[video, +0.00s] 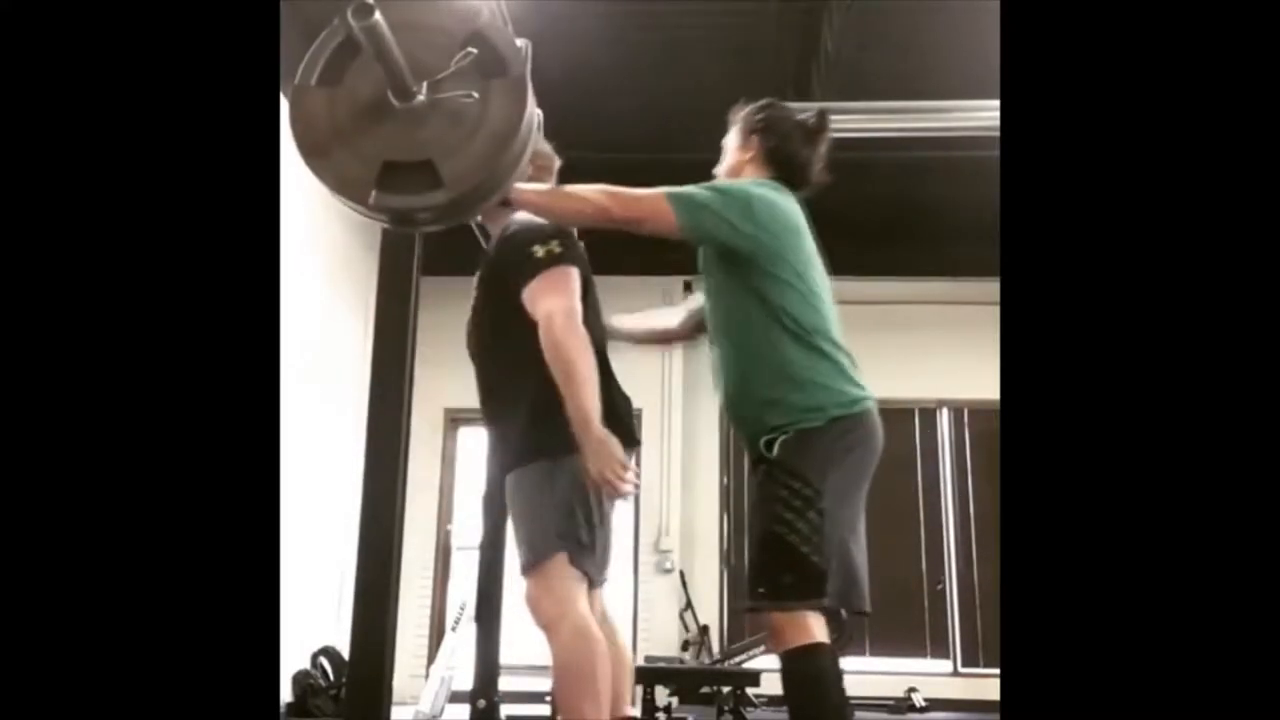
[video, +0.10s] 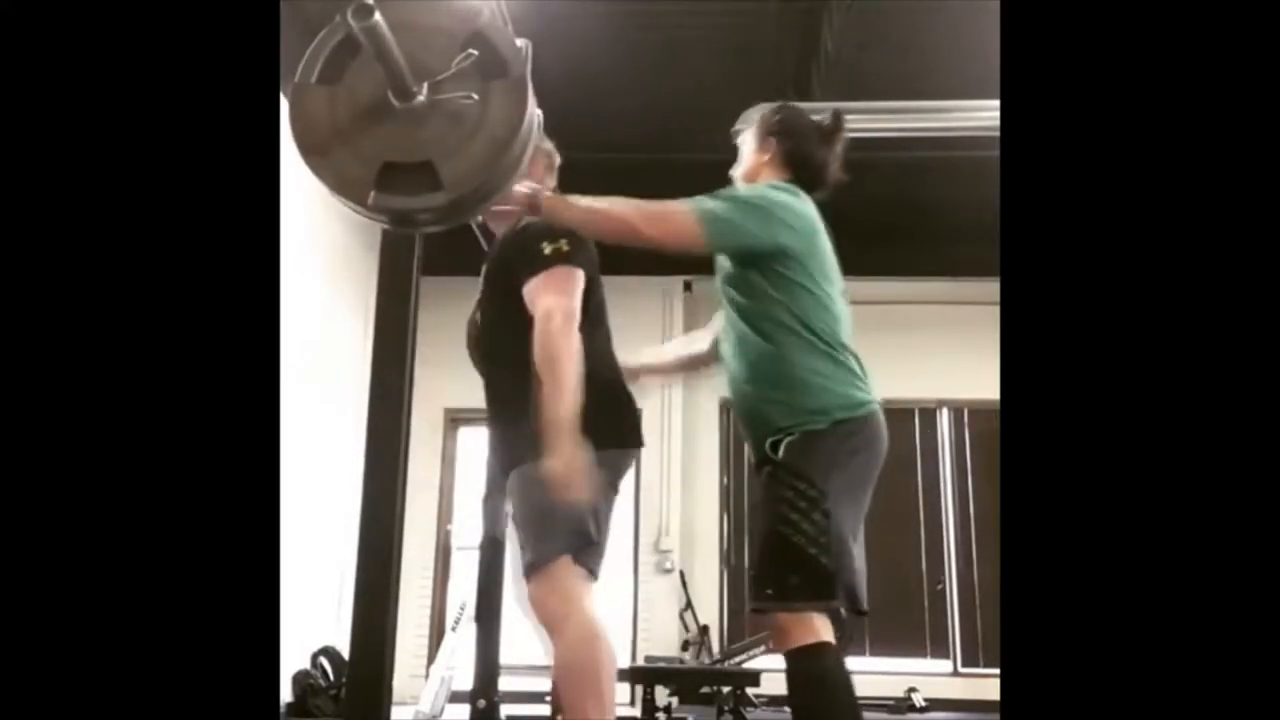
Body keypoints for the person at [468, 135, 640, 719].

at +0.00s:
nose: (486, 179)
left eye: (497, 163)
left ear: (509, 176)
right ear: (542, 171)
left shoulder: (533, 235)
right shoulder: (520, 244)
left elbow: (561, 319)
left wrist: (590, 432)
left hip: (551, 451)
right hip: (558, 450)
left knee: (555, 599)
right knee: (586, 605)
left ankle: (588, 713)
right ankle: (619, 711)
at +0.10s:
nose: (486, 197)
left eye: (500, 177)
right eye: (483, 180)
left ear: (535, 169)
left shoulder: (545, 235)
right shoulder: (520, 248)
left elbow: (558, 319)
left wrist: (561, 442)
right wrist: (512, 463)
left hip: (571, 436)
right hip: (546, 439)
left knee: (559, 596)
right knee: (558, 599)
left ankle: (592, 713)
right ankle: (583, 710)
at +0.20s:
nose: (491, 187)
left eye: (505, 171)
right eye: (487, 173)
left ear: (538, 171)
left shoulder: (552, 229)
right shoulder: (512, 252)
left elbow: (560, 312)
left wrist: (513, 420)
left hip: (578, 433)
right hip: (530, 435)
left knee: (562, 595)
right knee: (508, 590)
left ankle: (596, 714)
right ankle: (576, 707)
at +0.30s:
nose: (490, 187)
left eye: (506, 169)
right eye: (485, 174)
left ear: (542, 174)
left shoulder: (559, 227)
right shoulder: (515, 262)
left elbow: (567, 311)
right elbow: (515, 380)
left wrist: (476, 400)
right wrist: (455, 444)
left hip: (573, 443)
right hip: (521, 450)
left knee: (561, 596)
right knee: (510, 599)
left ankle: (595, 715)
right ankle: (561, 713)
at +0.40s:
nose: (510, 200)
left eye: (520, 184)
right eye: (497, 191)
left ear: (551, 173)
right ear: (483, 201)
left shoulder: (574, 238)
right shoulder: (506, 285)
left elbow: (575, 326)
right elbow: (500, 392)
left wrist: (472, 386)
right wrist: (429, 438)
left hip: (569, 451)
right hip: (516, 456)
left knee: (554, 603)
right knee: (520, 604)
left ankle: (590, 716)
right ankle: (564, 716)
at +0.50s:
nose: (514, 193)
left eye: (525, 178)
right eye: (502, 183)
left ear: (555, 180)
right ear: (487, 200)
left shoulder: (583, 243)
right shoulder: (502, 290)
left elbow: (585, 338)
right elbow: (485, 384)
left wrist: (486, 392)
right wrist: (422, 431)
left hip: (570, 454)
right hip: (515, 458)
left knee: (552, 599)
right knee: (522, 604)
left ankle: (588, 715)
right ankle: (565, 716)